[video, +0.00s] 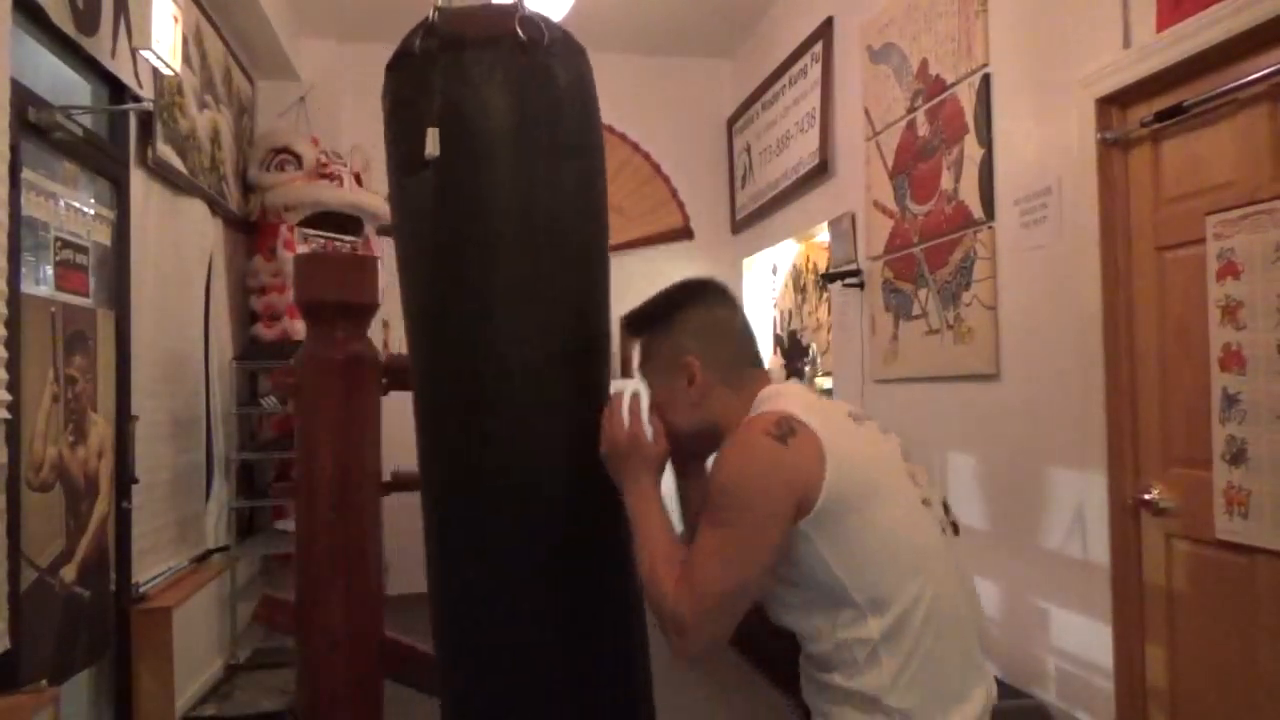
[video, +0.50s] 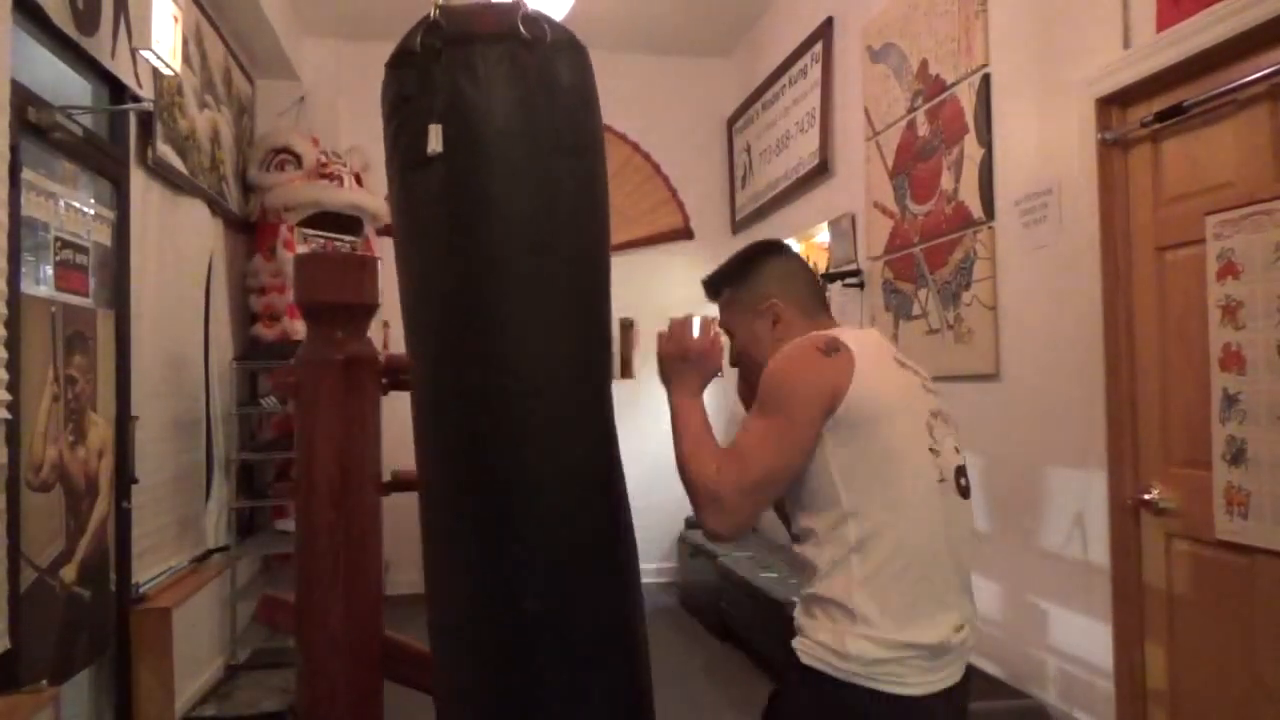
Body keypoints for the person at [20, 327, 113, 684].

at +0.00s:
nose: (70, 391)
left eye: (76, 381)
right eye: (64, 383)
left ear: (91, 385)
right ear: (60, 389)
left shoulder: (104, 431)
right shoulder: (63, 438)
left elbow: (105, 501)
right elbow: (38, 480)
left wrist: (76, 563)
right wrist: (47, 400)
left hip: (106, 548)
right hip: (76, 549)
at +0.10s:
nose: (70, 390)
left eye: (76, 382)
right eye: (64, 383)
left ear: (91, 386)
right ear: (60, 389)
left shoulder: (104, 430)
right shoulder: (63, 437)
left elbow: (105, 500)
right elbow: (38, 481)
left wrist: (76, 562)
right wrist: (46, 401)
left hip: (105, 550)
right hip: (75, 550)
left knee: (105, 631)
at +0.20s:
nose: (70, 390)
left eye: (76, 381)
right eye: (64, 383)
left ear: (91, 385)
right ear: (60, 388)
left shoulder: (104, 430)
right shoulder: (63, 436)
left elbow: (105, 500)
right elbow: (38, 480)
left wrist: (76, 561)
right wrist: (45, 402)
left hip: (104, 548)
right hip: (76, 548)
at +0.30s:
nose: (69, 391)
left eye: (75, 381)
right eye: (63, 383)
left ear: (91, 385)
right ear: (60, 388)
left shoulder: (104, 431)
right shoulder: (63, 435)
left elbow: (105, 500)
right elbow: (38, 480)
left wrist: (76, 562)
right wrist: (46, 401)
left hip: (103, 551)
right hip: (74, 550)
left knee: (102, 632)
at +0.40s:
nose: (69, 391)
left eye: (75, 382)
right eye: (63, 383)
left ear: (91, 385)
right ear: (59, 388)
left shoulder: (105, 432)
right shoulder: (63, 437)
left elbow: (105, 500)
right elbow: (38, 480)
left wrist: (76, 562)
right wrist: (46, 400)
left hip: (104, 551)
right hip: (75, 550)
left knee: (103, 631)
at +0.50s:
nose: (69, 391)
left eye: (75, 382)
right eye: (63, 383)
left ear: (91, 385)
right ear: (59, 389)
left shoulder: (104, 432)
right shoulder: (63, 435)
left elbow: (104, 501)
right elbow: (38, 479)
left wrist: (76, 562)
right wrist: (46, 400)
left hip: (104, 551)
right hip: (75, 550)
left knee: (102, 631)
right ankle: (58, 689)